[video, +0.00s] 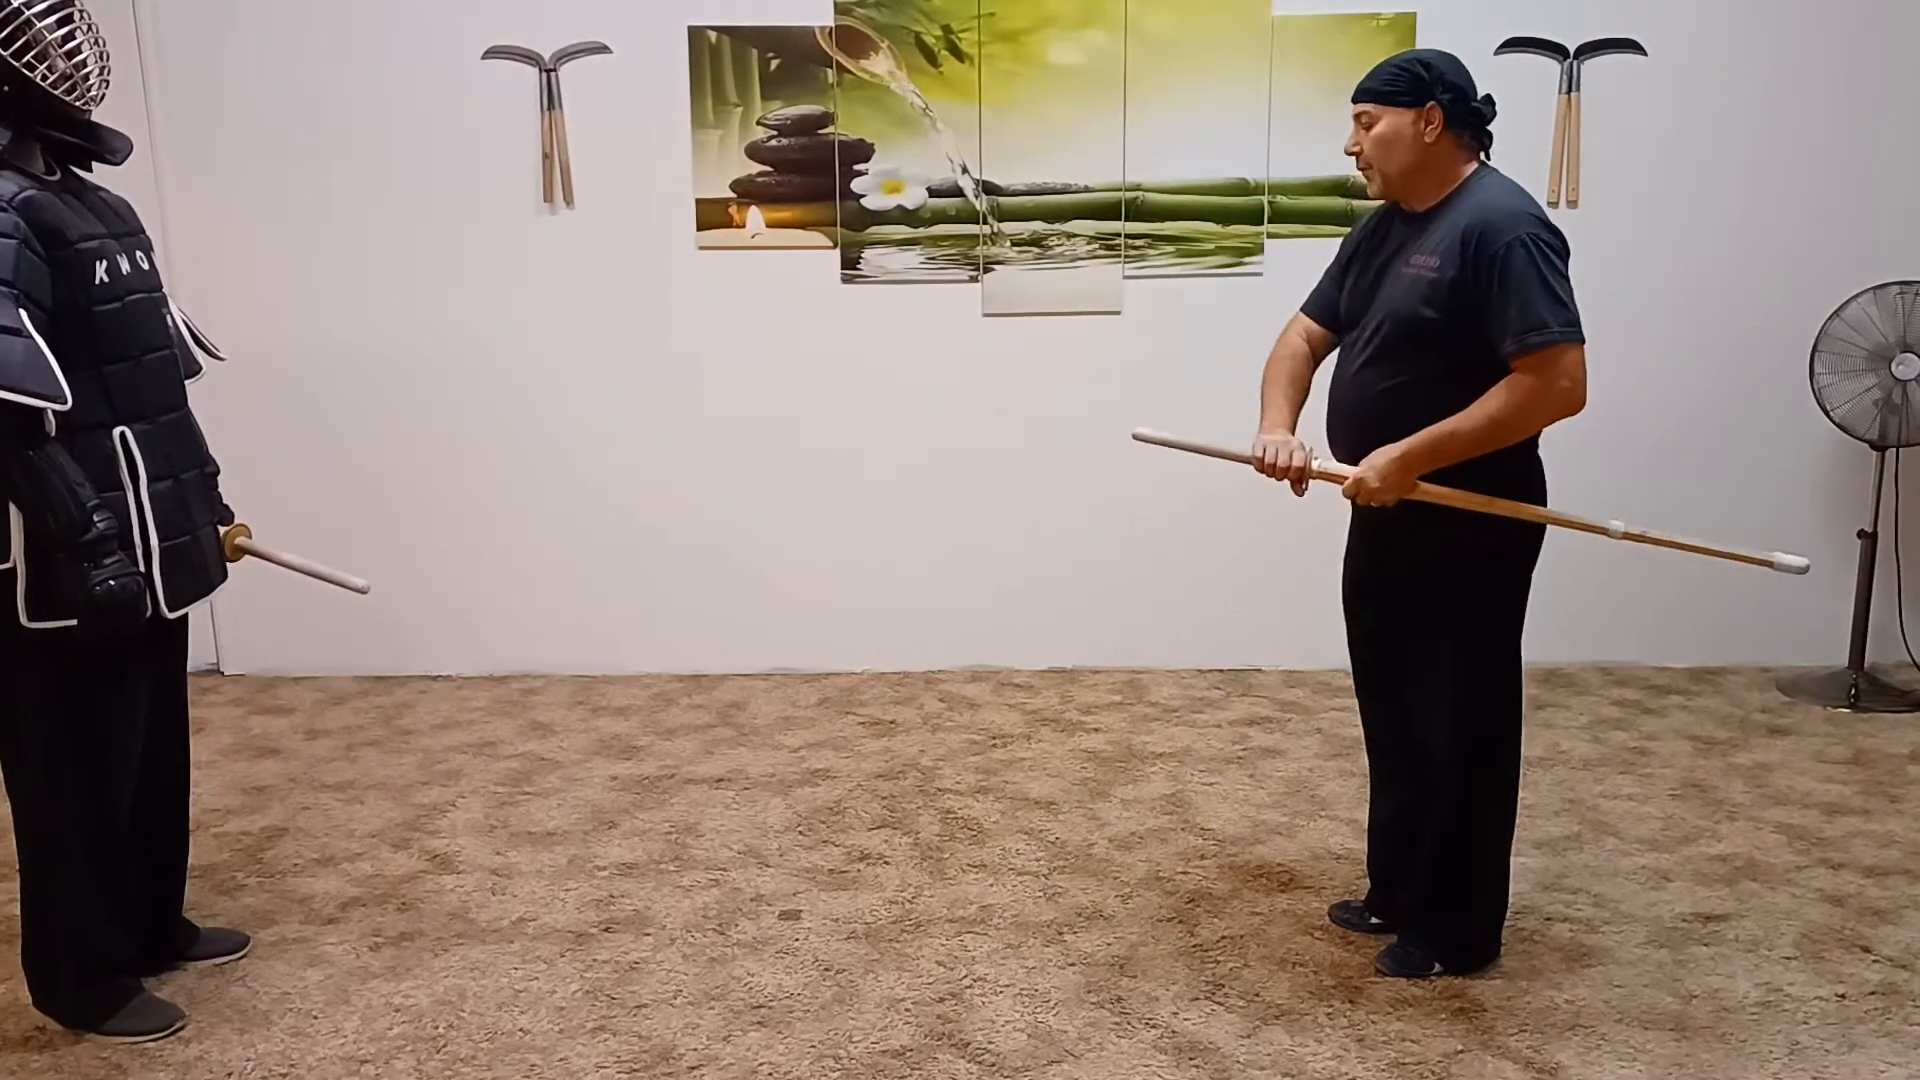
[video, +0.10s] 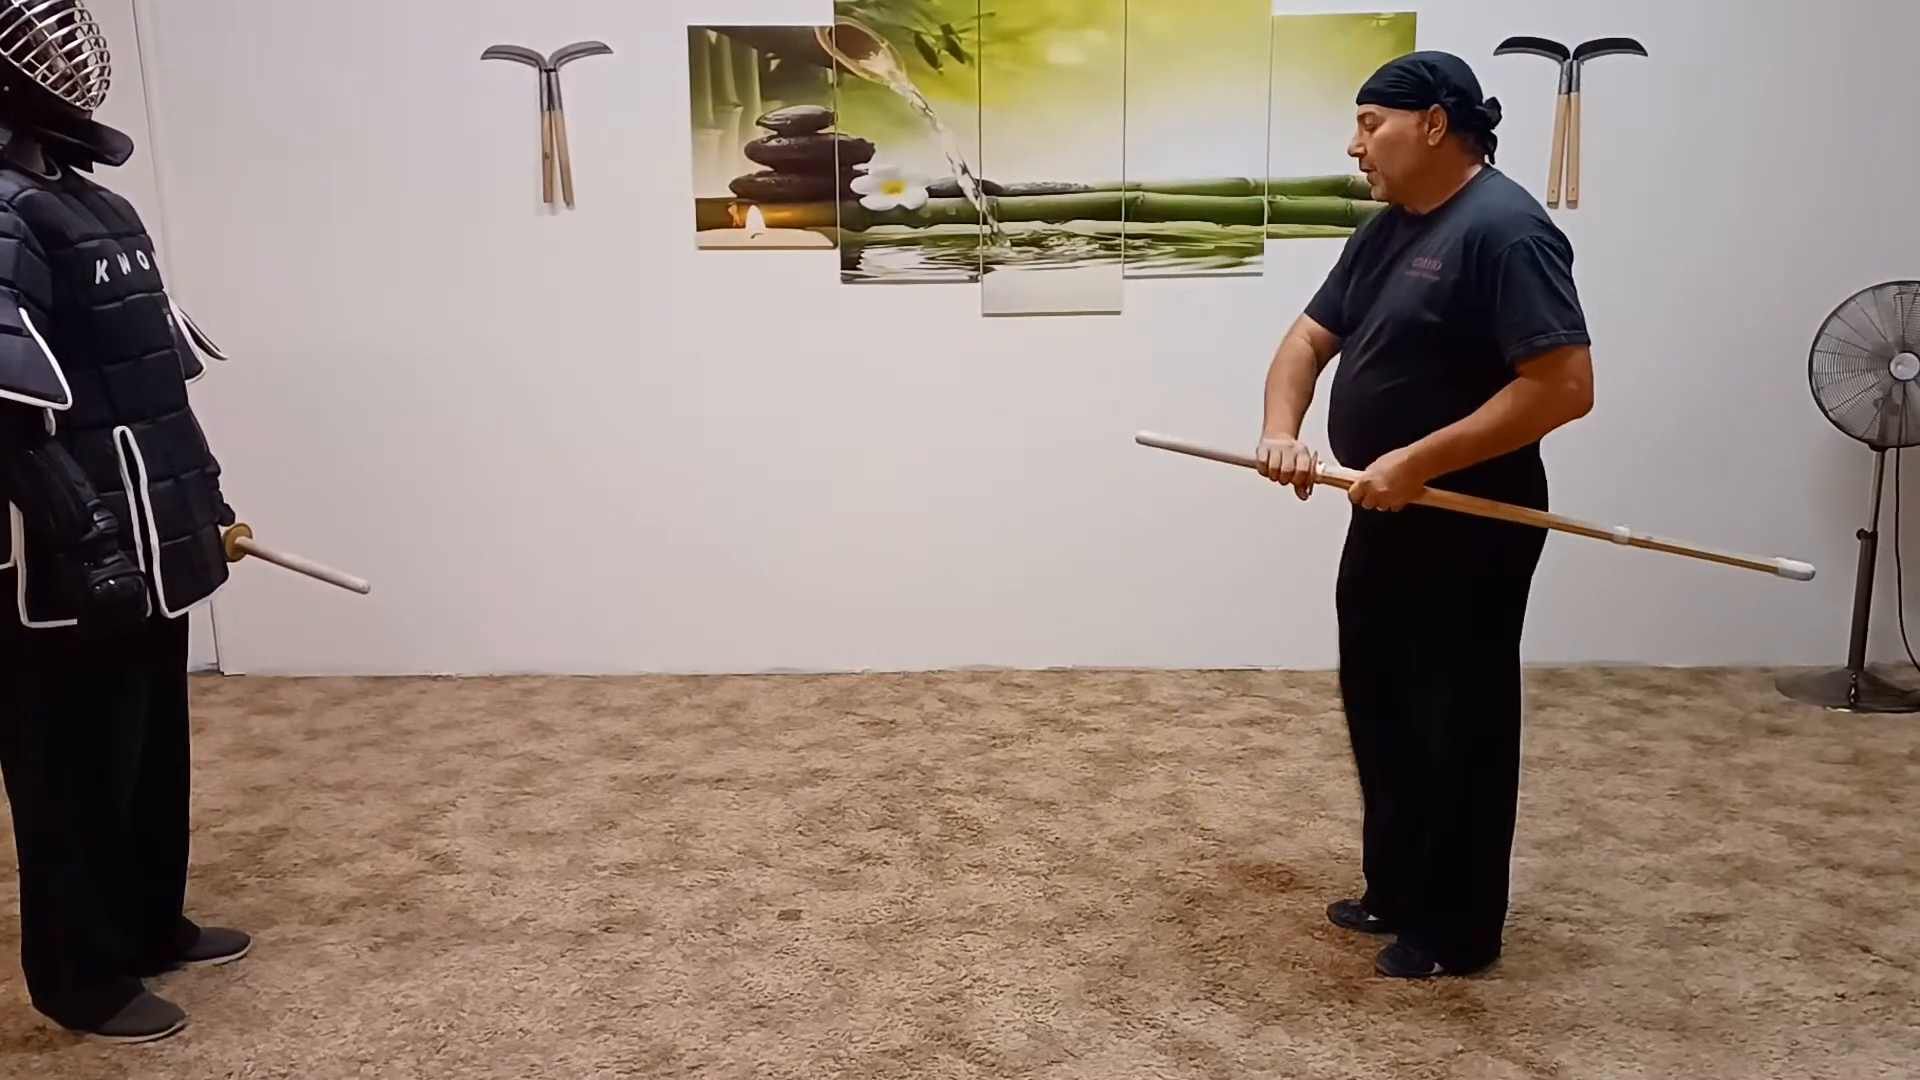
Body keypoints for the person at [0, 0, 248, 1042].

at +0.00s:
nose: (88, 83)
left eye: (83, 67)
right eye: (71, 69)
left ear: (44, 82)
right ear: (31, 81)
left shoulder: (105, 207)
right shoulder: (7, 212)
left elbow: (158, 380)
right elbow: (21, 409)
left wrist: (204, 504)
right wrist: (87, 541)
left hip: (146, 544)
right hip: (59, 559)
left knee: (149, 745)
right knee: (73, 765)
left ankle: (151, 928)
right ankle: (78, 979)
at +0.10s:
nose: (89, 83)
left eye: (84, 67)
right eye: (71, 68)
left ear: (48, 83)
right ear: (31, 82)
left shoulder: (106, 207)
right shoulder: (8, 211)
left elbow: (158, 380)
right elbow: (21, 409)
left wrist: (205, 503)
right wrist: (88, 541)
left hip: (147, 545)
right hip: (59, 560)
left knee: (149, 746)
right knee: (73, 765)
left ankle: (151, 928)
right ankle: (78, 979)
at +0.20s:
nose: (91, 82)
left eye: (85, 66)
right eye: (72, 68)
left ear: (47, 84)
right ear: (32, 82)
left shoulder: (106, 208)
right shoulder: (8, 211)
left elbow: (159, 381)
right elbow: (21, 410)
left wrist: (205, 503)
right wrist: (89, 542)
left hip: (148, 545)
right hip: (60, 559)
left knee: (150, 746)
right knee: (73, 766)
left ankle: (151, 928)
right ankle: (78, 979)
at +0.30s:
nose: (92, 81)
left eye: (85, 65)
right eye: (73, 66)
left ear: (47, 84)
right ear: (33, 82)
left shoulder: (107, 207)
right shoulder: (9, 211)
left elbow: (160, 381)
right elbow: (21, 409)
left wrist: (206, 502)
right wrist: (88, 542)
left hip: (149, 545)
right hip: (60, 560)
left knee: (150, 746)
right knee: (73, 766)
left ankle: (151, 928)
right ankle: (78, 979)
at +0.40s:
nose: (93, 78)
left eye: (87, 61)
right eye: (74, 63)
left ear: (50, 81)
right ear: (33, 79)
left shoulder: (108, 207)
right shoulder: (9, 212)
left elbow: (161, 381)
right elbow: (21, 411)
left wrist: (206, 503)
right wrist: (89, 544)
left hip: (148, 547)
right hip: (59, 562)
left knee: (150, 748)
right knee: (73, 768)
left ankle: (151, 928)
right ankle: (78, 979)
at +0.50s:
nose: (94, 77)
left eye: (88, 61)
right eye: (75, 62)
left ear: (50, 81)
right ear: (34, 78)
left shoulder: (107, 207)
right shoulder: (9, 211)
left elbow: (160, 381)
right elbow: (20, 411)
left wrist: (206, 502)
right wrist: (90, 543)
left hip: (149, 546)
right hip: (60, 560)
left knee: (150, 748)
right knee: (73, 768)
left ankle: (151, 928)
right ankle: (78, 979)